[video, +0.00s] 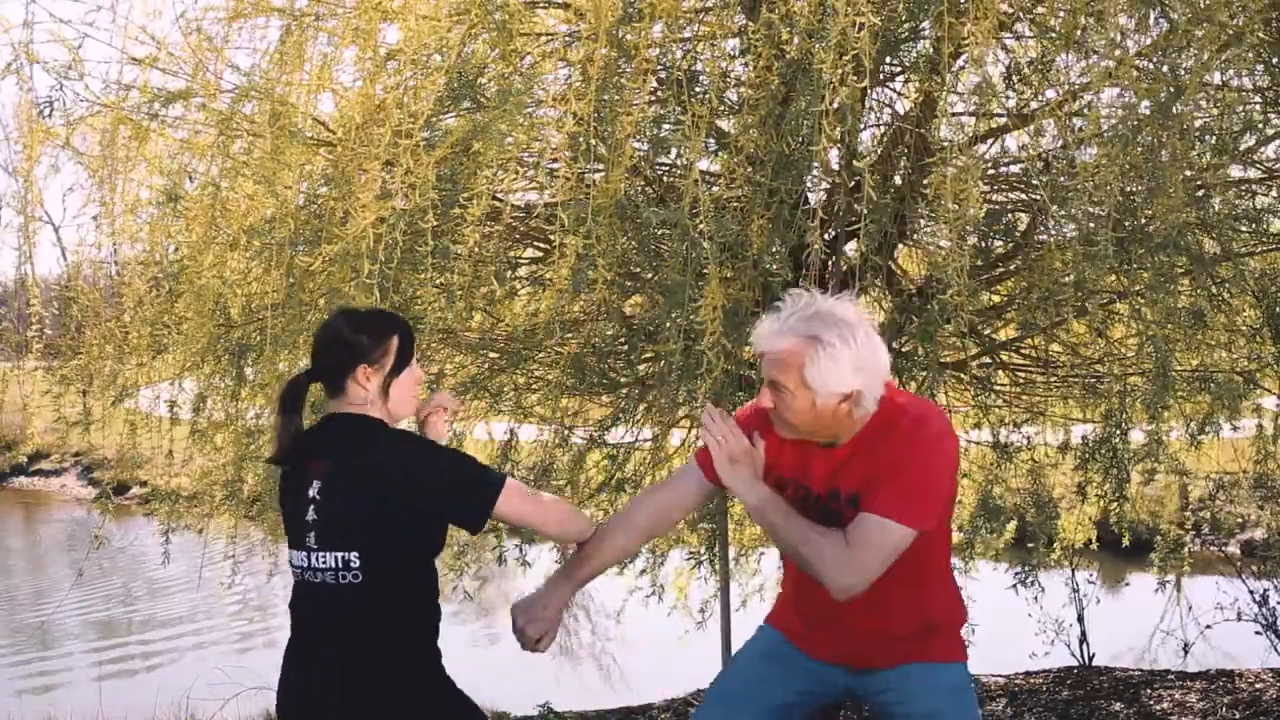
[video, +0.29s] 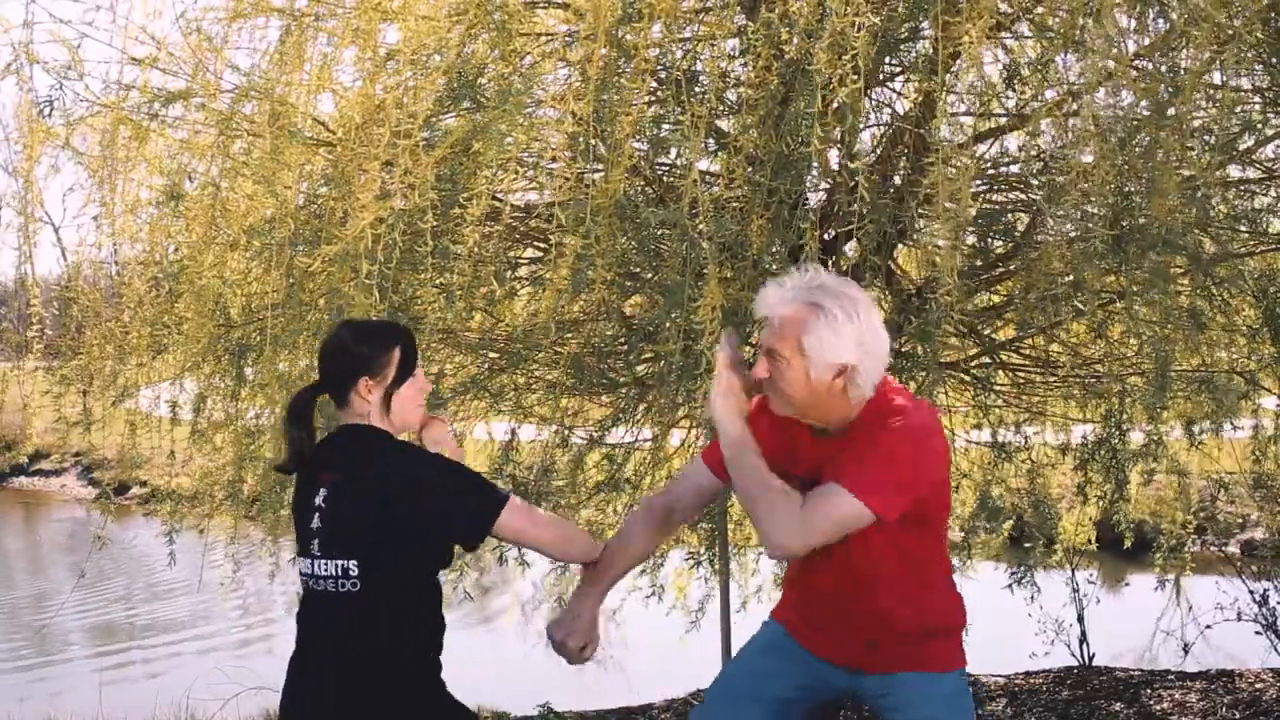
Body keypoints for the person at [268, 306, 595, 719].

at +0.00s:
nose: (421, 374)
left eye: (415, 362)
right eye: (409, 363)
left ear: (359, 378)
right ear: (366, 377)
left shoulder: (300, 455)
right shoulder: (415, 461)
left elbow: (371, 515)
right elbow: (541, 512)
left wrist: (426, 446)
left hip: (306, 695)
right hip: (402, 695)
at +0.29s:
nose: (427, 382)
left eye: (420, 371)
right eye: (414, 373)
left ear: (366, 389)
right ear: (369, 389)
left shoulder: (317, 464)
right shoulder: (415, 471)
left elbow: (417, 544)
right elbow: (543, 532)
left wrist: (445, 457)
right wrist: (598, 553)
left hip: (309, 700)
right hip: (399, 702)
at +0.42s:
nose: (435, 375)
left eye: (428, 364)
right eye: (422, 366)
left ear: (376, 391)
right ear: (383, 389)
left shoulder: (344, 463)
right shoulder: (433, 468)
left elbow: (446, 535)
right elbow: (548, 551)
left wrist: (467, 447)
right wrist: (617, 592)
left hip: (323, 695)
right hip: (412, 699)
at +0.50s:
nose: (441, 373)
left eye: (433, 363)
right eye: (430, 365)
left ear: (389, 389)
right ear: (393, 387)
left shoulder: (362, 460)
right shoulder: (445, 473)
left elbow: (499, 492)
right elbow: (548, 568)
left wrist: (524, 413)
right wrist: (598, 615)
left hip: (334, 694)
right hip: (420, 698)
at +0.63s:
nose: (436, 367)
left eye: (429, 354)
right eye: (425, 355)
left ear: (383, 376)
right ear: (390, 373)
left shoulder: (364, 449)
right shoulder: (440, 463)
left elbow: (503, 465)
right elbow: (556, 552)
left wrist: (559, 395)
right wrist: (591, 557)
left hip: (345, 695)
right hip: (432, 698)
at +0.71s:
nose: (434, 362)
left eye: (426, 350)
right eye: (421, 351)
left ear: (380, 372)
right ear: (388, 370)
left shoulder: (360, 447)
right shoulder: (443, 461)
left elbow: (501, 471)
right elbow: (559, 540)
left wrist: (556, 407)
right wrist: (572, 513)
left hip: (347, 693)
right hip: (435, 695)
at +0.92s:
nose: (431, 362)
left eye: (425, 347)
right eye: (420, 348)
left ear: (375, 362)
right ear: (380, 361)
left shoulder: (355, 437)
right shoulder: (428, 450)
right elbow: (541, 515)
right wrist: (549, 465)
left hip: (345, 684)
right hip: (427, 689)